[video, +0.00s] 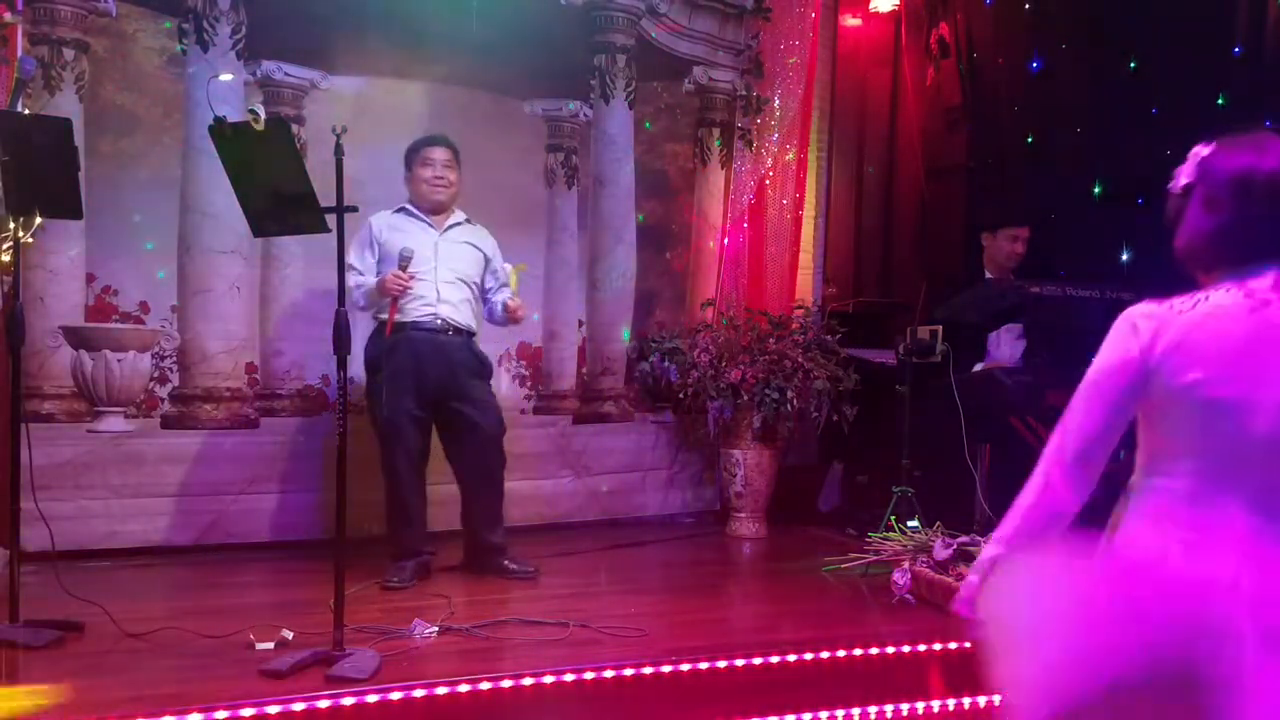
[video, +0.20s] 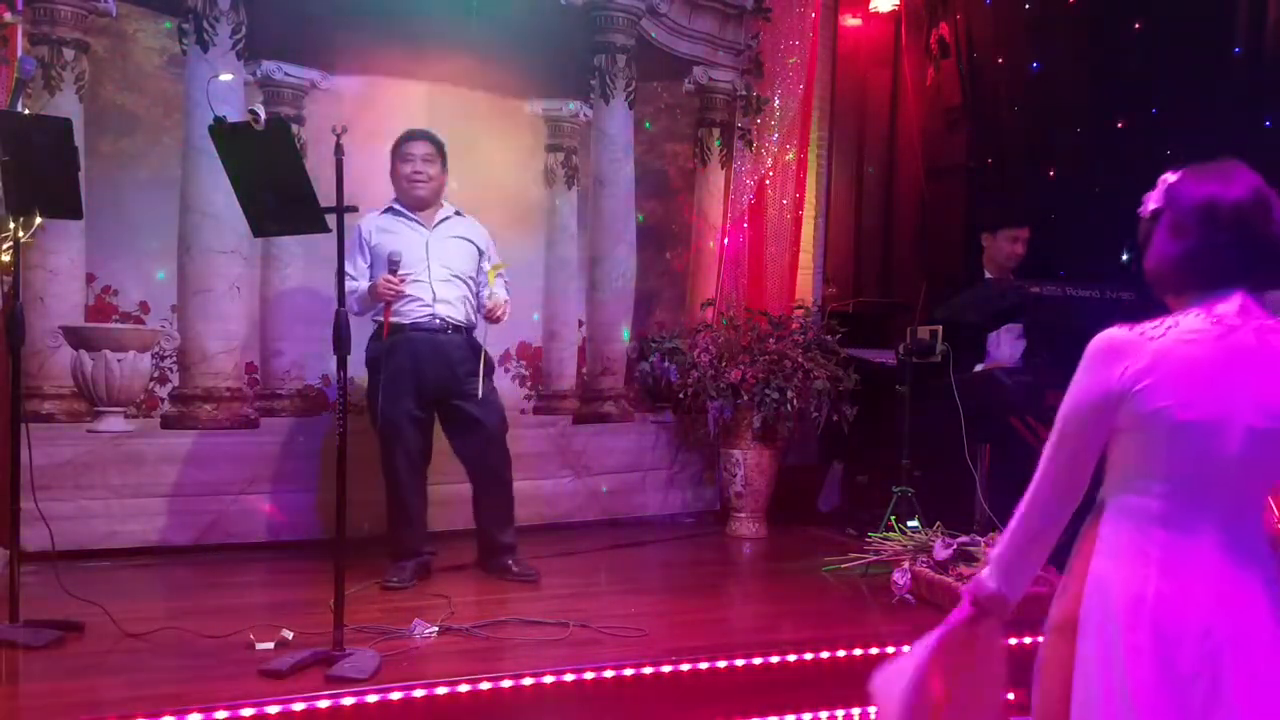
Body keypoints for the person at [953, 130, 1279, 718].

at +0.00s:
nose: (1174, 209)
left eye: (1186, 194)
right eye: (1180, 193)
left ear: (1221, 209)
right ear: (1271, 213)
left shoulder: (1155, 327)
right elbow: (1065, 471)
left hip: (1158, 578)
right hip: (1268, 586)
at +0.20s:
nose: (1143, 242)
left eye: (1151, 224)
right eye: (1149, 223)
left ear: (1175, 242)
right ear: (1257, 243)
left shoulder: (1123, 351)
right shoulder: (1276, 347)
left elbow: (1053, 494)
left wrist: (997, 584)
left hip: (1136, 572)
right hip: (1245, 574)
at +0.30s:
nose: (1126, 251)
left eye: (1135, 234)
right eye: (1130, 234)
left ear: (1161, 250)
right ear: (1236, 255)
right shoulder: (1270, 370)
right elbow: (1271, 520)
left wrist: (1005, 557)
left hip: (1116, 577)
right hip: (1220, 576)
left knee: (1119, 711)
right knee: (1226, 712)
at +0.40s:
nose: (1104, 243)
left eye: (1112, 229)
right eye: (1108, 227)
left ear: (1135, 248)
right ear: (1211, 257)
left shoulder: (1086, 354)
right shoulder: (1249, 375)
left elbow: (1009, 455)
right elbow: (1249, 523)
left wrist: (1026, 501)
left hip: (1091, 557)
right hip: (1184, 560)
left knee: (1092, 705)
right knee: (1190, 707)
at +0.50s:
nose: (1077, 237)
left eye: (1086, 223)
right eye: (1081, 221)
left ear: (1112, 242)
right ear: (1177, 248)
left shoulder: (1066, 344)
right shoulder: (1212, 363)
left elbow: (975, 417)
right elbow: (1220, 485)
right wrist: (1151, 505)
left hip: (1066, 540)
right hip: (1154, 545)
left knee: (1070, 692)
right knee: (1159, 693)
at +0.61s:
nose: (1054, 225)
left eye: (1065, 216)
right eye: (1059, 214)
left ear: (1091, 236)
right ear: (1144, 244)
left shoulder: (1047, 331)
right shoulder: (1183, 350)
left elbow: (943, 368)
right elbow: (1195, 451)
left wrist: (989, 325)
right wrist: (1138, 434)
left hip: (1047, 533)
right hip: (1132, 535)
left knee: (1051, 681)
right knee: (1139, 683)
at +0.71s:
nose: (1036, 218)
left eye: (1047, 209)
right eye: (1043, 206)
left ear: (1065, 232)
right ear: (1128, 241)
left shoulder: (1028, 322)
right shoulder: (1162, 340)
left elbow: (926, 314)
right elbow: (1177, 401)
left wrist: (960, 252)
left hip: (1029, 530)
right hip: (1117, 532)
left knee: (1023, 682)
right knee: (1118, 685)